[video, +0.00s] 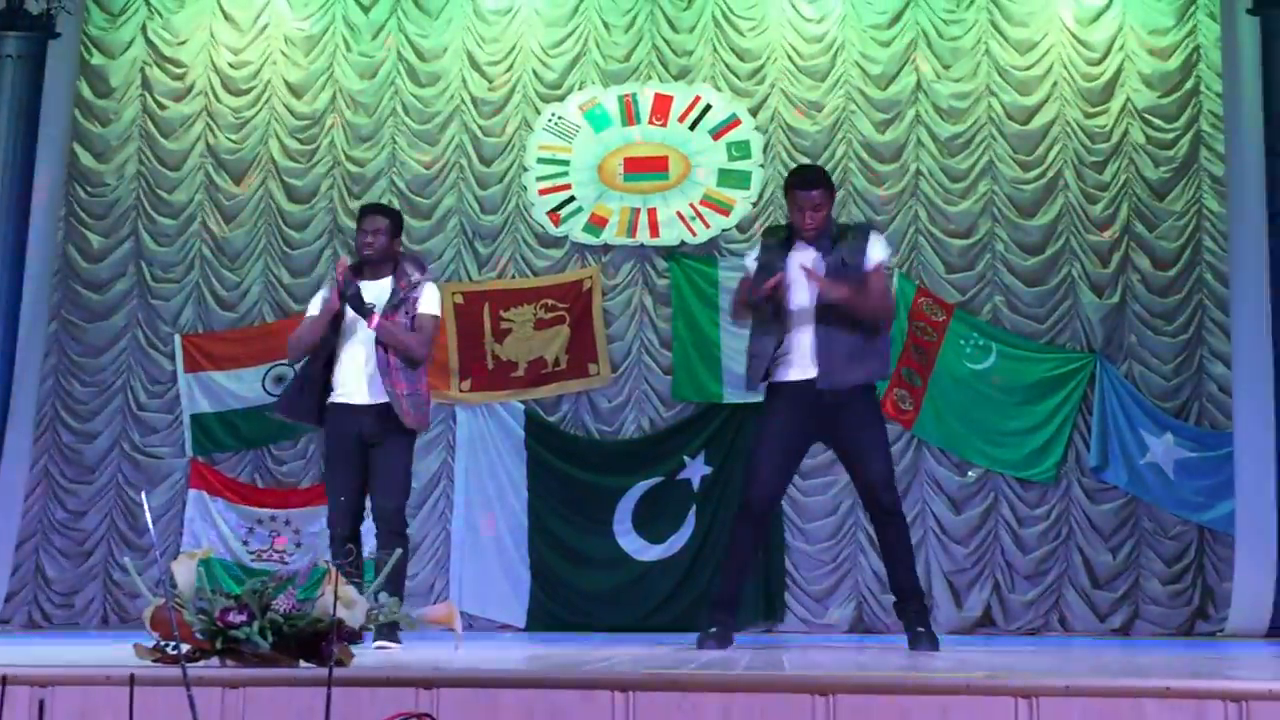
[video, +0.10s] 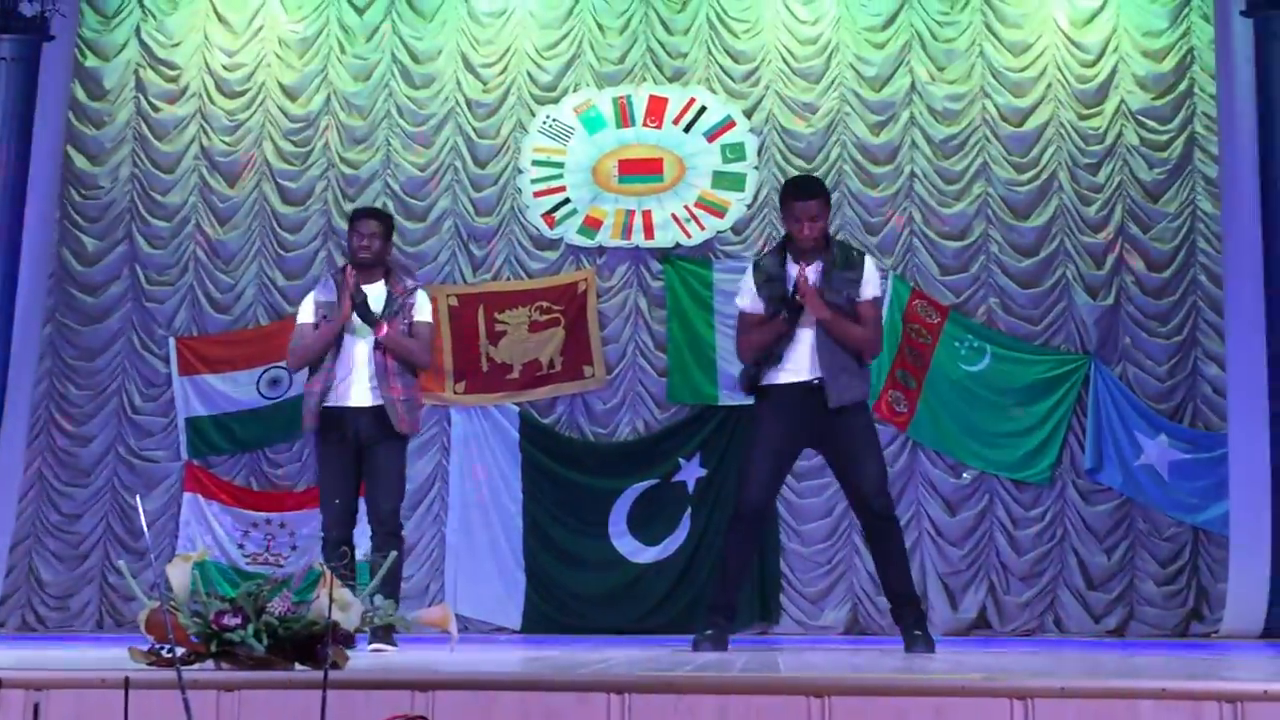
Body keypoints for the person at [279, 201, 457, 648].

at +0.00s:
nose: (368, 241)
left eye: (378, 234)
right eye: (363, 233)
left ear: (397, 240)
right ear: (355, 238)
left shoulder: (420, 287)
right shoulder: (335, 286)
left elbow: (420, 350)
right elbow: (296, 349)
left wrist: (369, 315)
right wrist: (332, 308)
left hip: (392, 415)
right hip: (341, 415)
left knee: (389, 517)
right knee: (343, 520)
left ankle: (387, 622)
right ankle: (345, 621)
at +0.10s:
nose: (365, 244)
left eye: (374, 238)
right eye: (358, 236)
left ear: (389, 244)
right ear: (348, 241)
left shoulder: (411, 295)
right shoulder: (320, 296)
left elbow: (422, 357)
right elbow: (296, 359)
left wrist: (382, 330)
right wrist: (340, 317)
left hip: (386, 419)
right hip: (334, 420)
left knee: (385, 521)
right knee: (336, 525)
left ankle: (383, 625)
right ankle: (338, 624)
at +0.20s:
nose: (367, 250)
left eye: (376, 244)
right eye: (360, 242)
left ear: (388, 251)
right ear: (347, 248)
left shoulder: (410, 304)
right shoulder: (321, 302)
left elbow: (429, 367)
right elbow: (299, 366)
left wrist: (388, 343)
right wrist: (346, 337)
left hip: (389, 426)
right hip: (337, 427)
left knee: (386, 524)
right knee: (339, 528)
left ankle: (385, 623)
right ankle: (342, 624)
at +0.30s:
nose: (378, 262)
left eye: (386, 256)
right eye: (370, 255)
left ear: (397, 262)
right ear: (357, 261)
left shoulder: (418, 315)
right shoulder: (331, 313)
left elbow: (441, 380)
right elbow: (304, 378)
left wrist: (398, 360)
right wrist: (356, 354)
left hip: (399, 436)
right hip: (349, 436)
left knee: (395, 530)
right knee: (352, 535)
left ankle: (388, 627)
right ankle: (355, 627)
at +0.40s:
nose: (386, 280)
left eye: (395, 274)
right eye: (379, 273)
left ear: (407, 280)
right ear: (365, 278)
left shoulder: (428, 333)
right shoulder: (340, 331)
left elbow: (451, 398)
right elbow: (310, 395)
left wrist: (407, 379)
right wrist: (360, 377)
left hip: (408, 454)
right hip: (358, 454)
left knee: (403, 550)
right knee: (362, 553)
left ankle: (401, 645)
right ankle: (367, 647)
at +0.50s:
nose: (390, 291)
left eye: (399, 285)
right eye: (383, 284)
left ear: (412, 292)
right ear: (371, 290)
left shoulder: (433, 343)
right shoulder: (345, 343)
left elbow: (456, 413)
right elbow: (313, 408)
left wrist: (411, 395)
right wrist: (363, 393)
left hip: (412, 467)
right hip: (361, 468)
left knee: (411, 566)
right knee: (367, 569)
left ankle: (407, 656)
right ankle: (371, 657)